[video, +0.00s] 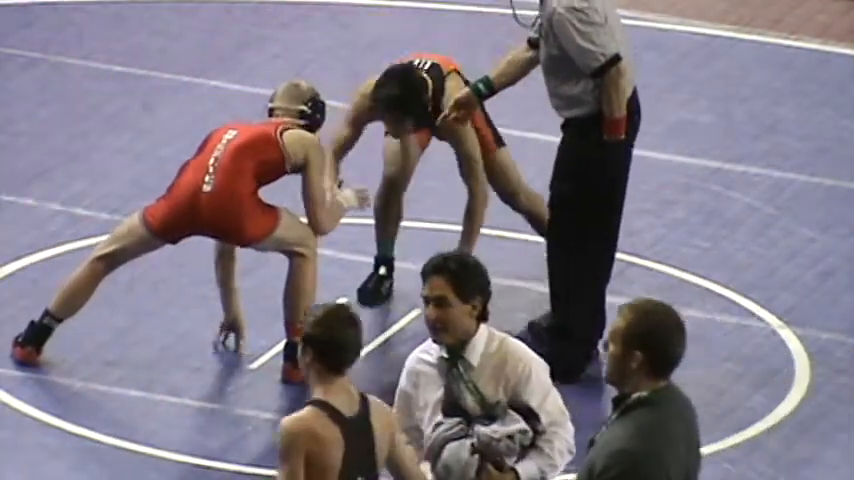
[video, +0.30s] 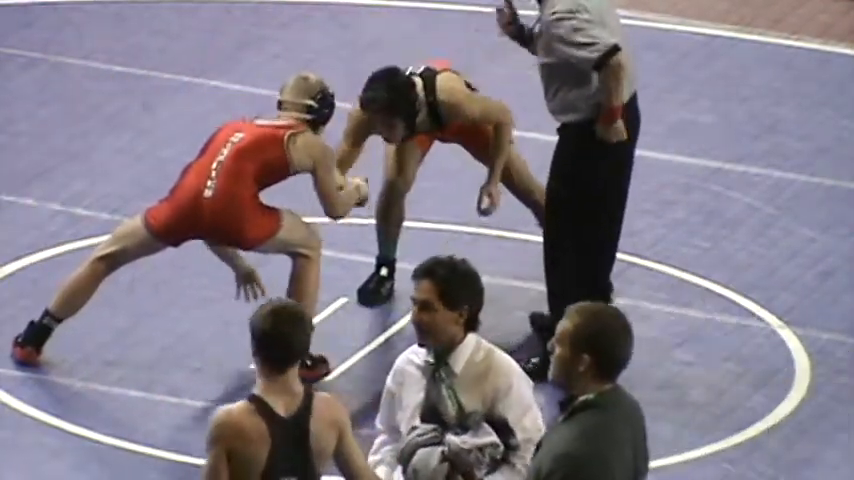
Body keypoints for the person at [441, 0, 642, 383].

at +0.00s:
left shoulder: (568, 11)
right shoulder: (554, 9)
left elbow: (615, 70)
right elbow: (530, 52)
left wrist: (614, 141)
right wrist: (476, 93)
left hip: (601, 127)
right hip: (585, 122)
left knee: (581, 235)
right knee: (564, 227)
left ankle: (574, 352)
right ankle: (566, 327)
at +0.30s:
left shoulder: (560, 17)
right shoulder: (569, 5)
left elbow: (614, 61)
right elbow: (555, 50)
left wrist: (611, 116)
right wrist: (517, 31)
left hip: (589, 128)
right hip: (607, 121)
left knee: (564, 228)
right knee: (589, 224)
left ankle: (570, 332)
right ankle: (588, 318)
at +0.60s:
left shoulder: (585, 16)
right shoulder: (609, 5)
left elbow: (530, 88)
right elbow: (584, 50)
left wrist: (485, 98)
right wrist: (545, 17)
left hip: (598, 133)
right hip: (619, 121)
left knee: (573, 239)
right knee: (593, 235)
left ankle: (574, 350)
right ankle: (583, 343)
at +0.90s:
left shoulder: (614, 15)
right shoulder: (662, 5)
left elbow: (535, 16)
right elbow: (640, 46)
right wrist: (583, 65)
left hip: (613, 135)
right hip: (643, 127)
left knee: (580, 245)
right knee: (625, 237)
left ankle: (568, 356)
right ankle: (668, 335)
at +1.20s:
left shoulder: (672, 17)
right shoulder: (712, 7)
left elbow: (606, 2)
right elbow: (697, 66)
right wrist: (649, 94)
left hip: (672, 145)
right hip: (695, 138)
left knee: (622, 251)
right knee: (677, 253)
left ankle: (573, 355)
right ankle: (680, 363)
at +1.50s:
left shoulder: (727, 29)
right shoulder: (764, 11)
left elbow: (657, 9)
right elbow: (772, 76)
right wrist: (704, 104)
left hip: (718, 157)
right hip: (739, 150)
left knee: (679, 265)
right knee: (697, 260)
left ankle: (744, 367)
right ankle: (682, 364)